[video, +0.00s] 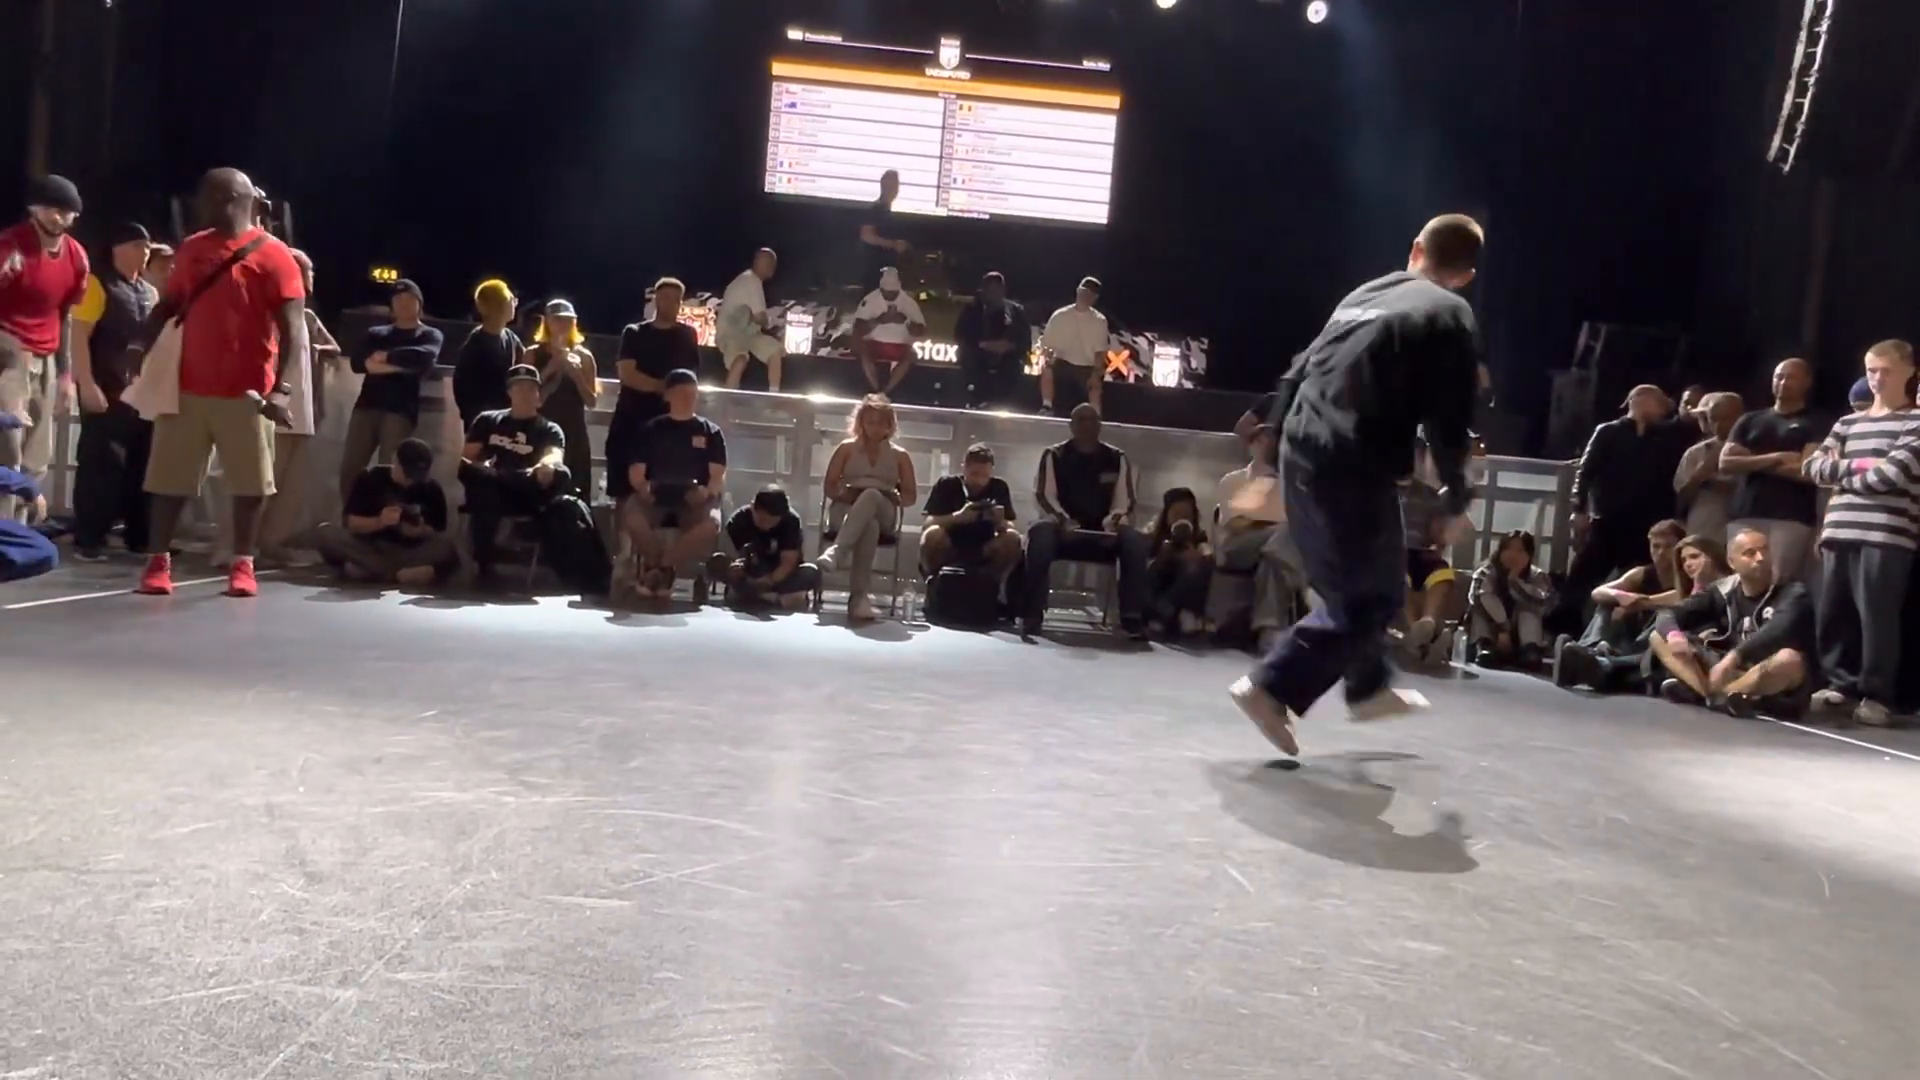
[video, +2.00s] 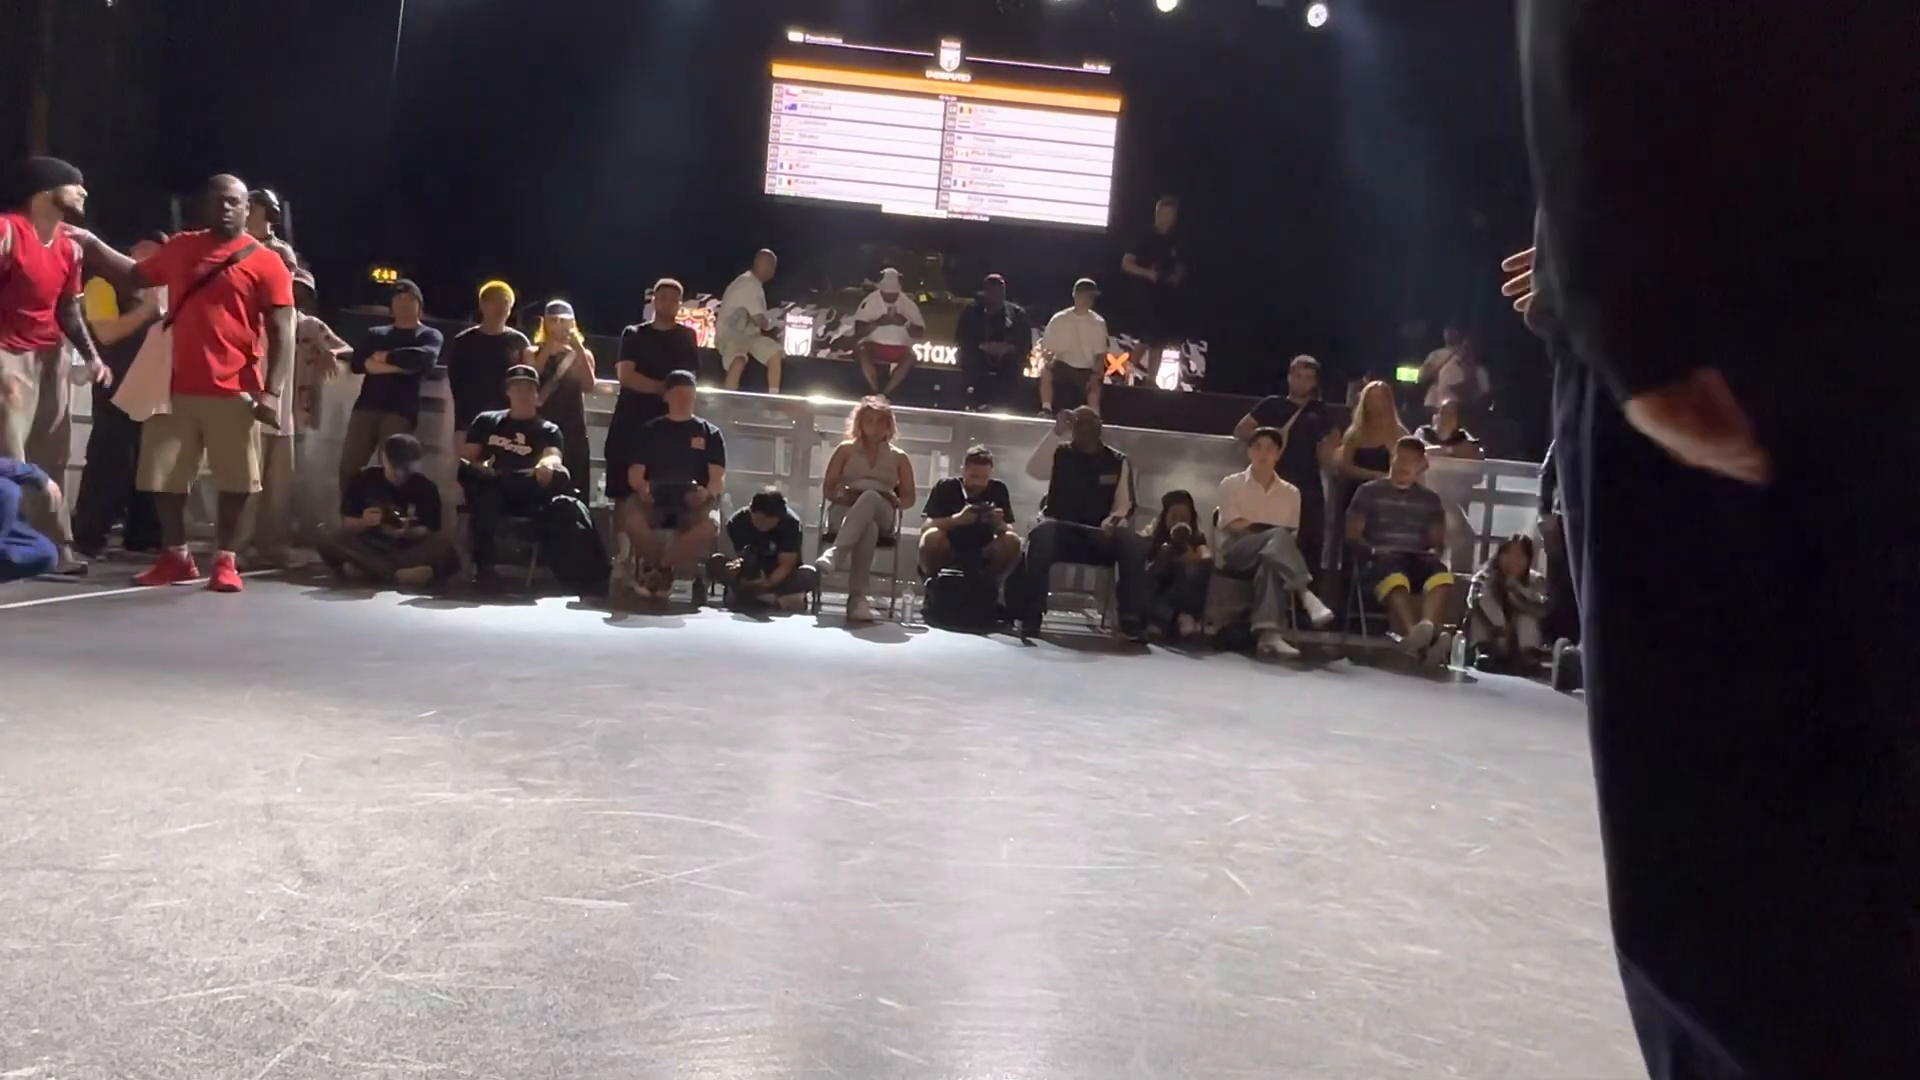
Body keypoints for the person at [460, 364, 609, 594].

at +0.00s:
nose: (527, 394)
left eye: (532, 389)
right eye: (522, 388)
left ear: (539, 395)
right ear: (509, 392)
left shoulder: (550, 429)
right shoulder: (487, 420)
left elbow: (553, 457)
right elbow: (467, 462)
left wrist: (546, 466)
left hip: (531, 488)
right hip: (494, 485)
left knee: (560, 475)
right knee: (481, 484)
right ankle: (484, 566)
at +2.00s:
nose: (523, 394)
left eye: (528, 389)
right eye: (518, 388)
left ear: (537, 395)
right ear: (507, 391)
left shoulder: (548, 430)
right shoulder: (486, 421)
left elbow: (553, 458)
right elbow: (466, 461)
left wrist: (548, 467)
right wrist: (488, 471)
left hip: (530, 490)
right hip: (493, 487)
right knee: (482, 492)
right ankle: (485, 568)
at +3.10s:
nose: (508, 406)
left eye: (513, 401)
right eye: (502, 401)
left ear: (521, 407)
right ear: (491, 405)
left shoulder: (534, 443)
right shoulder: (471, 435)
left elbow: (537, 469)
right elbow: (451, 476)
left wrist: (532, 478)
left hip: (515, 502)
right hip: (479, 501)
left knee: (543, 490)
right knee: (463, 498)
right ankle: (470, 583)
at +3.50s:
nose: (497, 416)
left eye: (501, 411)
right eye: (491, 410)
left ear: (511, 416)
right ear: (481, 415)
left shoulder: (525, 453)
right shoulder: (460, 445)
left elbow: (526, 483)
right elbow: (442, 484)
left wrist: (521, 488)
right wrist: (457, 492)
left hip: (505, 506)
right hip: (471, 505)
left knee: (535, 498)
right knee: (454, 512)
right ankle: (463, 593)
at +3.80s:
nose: (491, 413)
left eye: (496, 407)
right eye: (485, 407)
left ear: (506, 413)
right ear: (477, 412)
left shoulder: (520, 447)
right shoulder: (457, 441)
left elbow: (524, 472)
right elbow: (438, 481)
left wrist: (518, 484)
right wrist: (454, 490)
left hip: (502, 506)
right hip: (466, 504)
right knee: (452, 516)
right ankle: (460, 592)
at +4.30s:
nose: (501, 438)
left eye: (505, 432)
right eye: (495, 432)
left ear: (515, 437)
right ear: (485, 436)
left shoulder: (529, 472)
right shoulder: (466, 466)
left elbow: (533, 495)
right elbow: (448, 506)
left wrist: (528, 506)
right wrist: (460, 512)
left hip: (511, 529)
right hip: (475, 528)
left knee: (542, 517)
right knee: (459, 525)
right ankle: (469, 612)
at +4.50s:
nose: (501, 439)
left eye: (506, 433)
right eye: (495, 433)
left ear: (515, 437)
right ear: (485, 438)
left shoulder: (529, 473)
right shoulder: (466, 468)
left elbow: (533, 502)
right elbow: (448, 511)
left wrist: (528, 508)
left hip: (511, 534)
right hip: (475, 534)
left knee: (538, 519)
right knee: (462, 536)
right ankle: (471, 615)